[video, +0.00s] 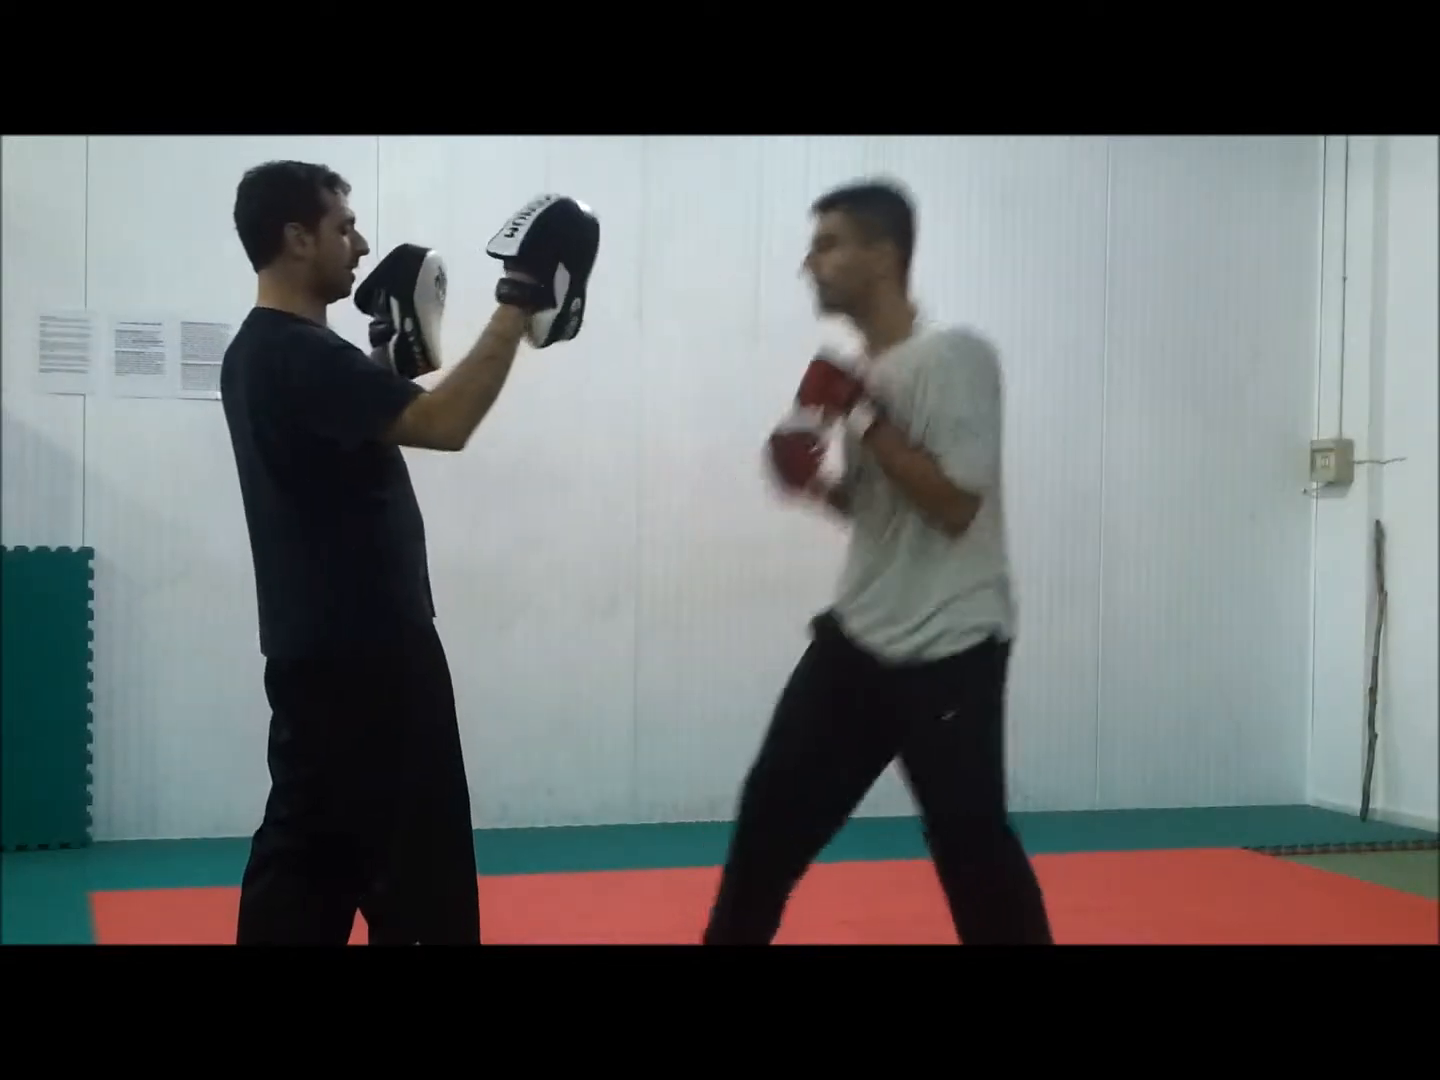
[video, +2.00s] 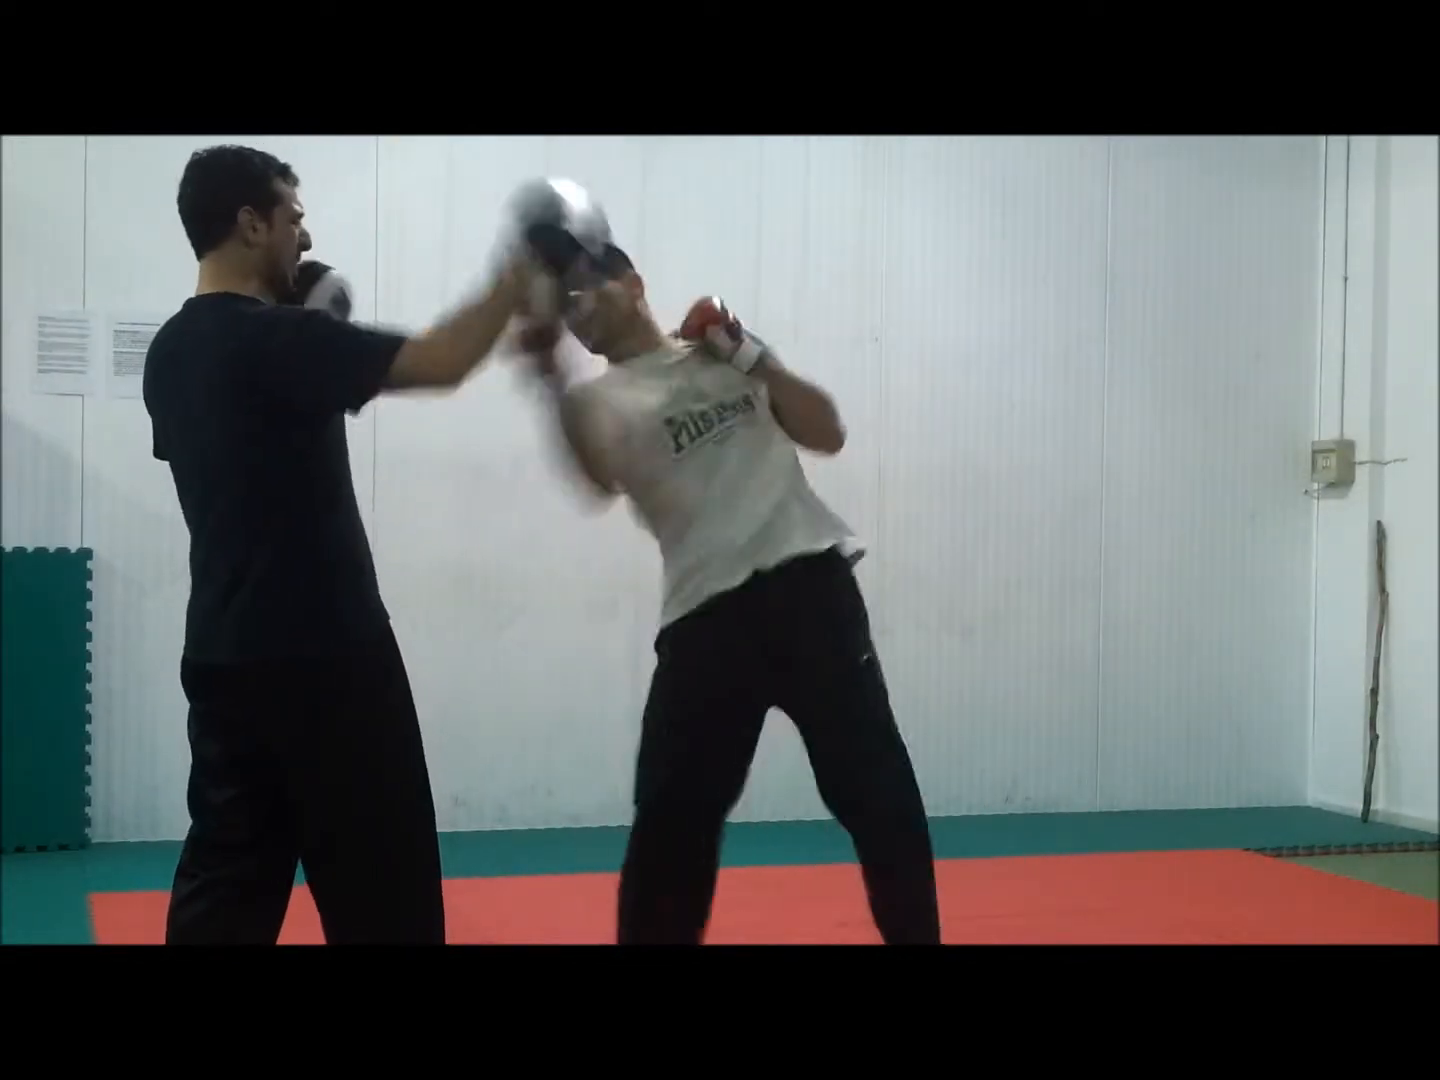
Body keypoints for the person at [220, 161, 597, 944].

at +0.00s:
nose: (359, 241)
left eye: (353, 224)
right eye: (344, 225)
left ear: (283, 243)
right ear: (294, 237)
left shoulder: (256, 350)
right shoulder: (303, 352)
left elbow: (347, 452)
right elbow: (444, 424)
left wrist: (397, 366)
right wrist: (517, 305)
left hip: (311, 648)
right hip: (375, 649)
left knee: (304, 853)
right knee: (425, 865)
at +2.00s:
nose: (304, 235)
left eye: (302, 218)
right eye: (294, 218)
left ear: (218, 230)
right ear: (250, 224)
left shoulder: (170, 348)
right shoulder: (276, 337)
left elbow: (242, 430)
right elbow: (439, 361)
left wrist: (301, 322)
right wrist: (519, 271)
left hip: (225, 652)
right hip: (328, 649)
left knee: (227, 878)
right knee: (385, 884)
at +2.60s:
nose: (276, 228)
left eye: (268, 210)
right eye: (260, 212)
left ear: (199, 237)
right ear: (218, 227)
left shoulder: (163, 354)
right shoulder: (253, 344)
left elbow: (252, 452)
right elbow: (385, 431)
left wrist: (287, 343)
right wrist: (501, 363)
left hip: (231, 655)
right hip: (336, 650)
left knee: (223, 882)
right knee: (393, 883)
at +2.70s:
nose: (273, 228)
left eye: (266, 211)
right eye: (257, 211)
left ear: (197, 236)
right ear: (213, 227)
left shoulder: (160, 353)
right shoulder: (252, 343)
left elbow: (249, 458)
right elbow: (385, 434)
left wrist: (287, 345)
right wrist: (498, 365)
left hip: (223, 653)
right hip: (331, 649)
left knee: (221, 879)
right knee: (391, 882)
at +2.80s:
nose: (262, 226)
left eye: (254, 210)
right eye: (245, 211)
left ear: (187, 237)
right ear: (199, 229)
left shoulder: (157, 354)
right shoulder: (244, 347)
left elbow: (247, 462)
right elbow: (386, 435)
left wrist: (279, 342)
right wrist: (502, 356)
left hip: (227, 659)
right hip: (330, 657)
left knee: (222, 883)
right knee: (388, 889)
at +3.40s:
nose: (229, 224)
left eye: (218, 207)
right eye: (209, 211)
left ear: (158, 243)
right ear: (162, 236)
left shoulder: (159, 347)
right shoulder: (203, 350)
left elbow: (255, 409)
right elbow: (314, 460)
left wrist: (286, 313)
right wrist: (433, 394)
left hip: (238, 653)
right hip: (317, 650)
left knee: (236, 868)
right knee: (392, 874)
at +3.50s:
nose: (233, 221)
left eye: (221, 205)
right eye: (212, 209)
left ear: (161, 240)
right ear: (165, 233)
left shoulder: (148, 348)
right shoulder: (200, 350)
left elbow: (220, 439)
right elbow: (308, 458)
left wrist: (285, 355)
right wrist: (425, 390)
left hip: (229, 650)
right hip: (310, 649)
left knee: (230, 875)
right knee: (389, 878)